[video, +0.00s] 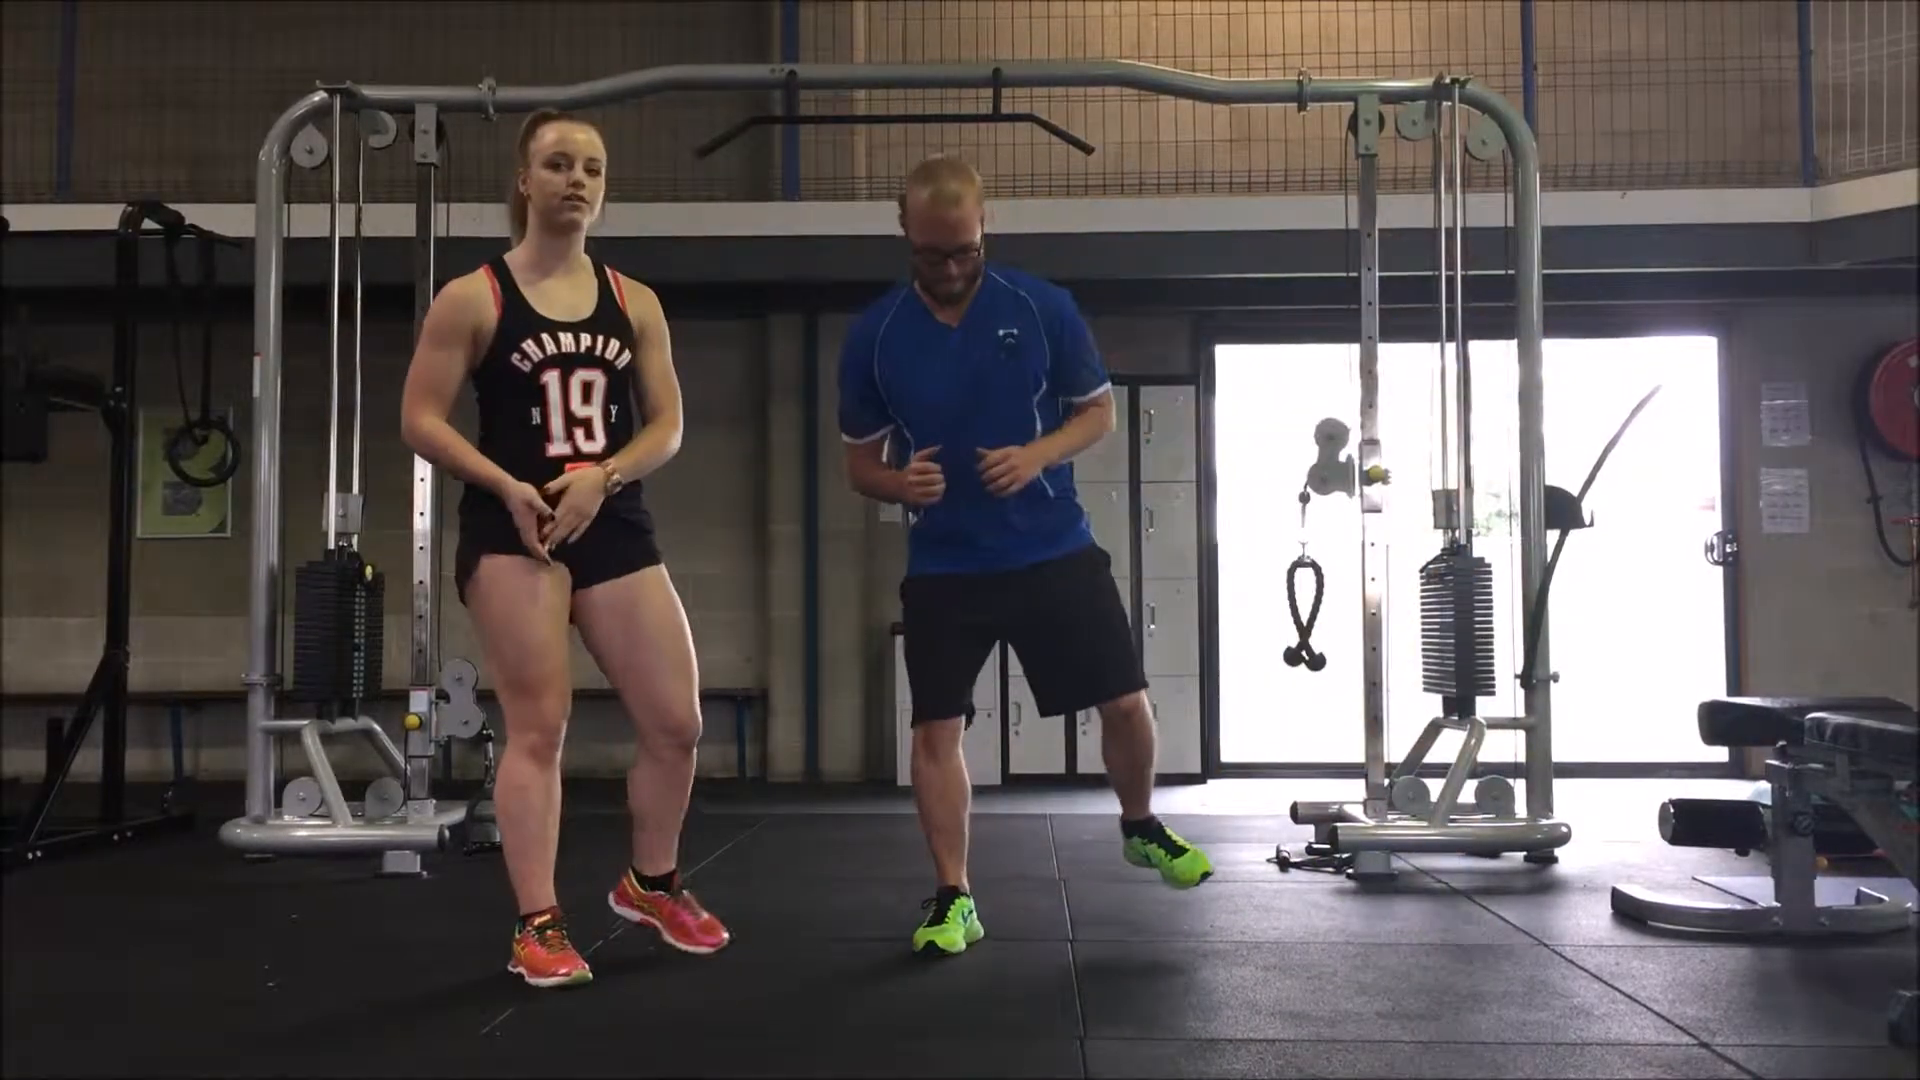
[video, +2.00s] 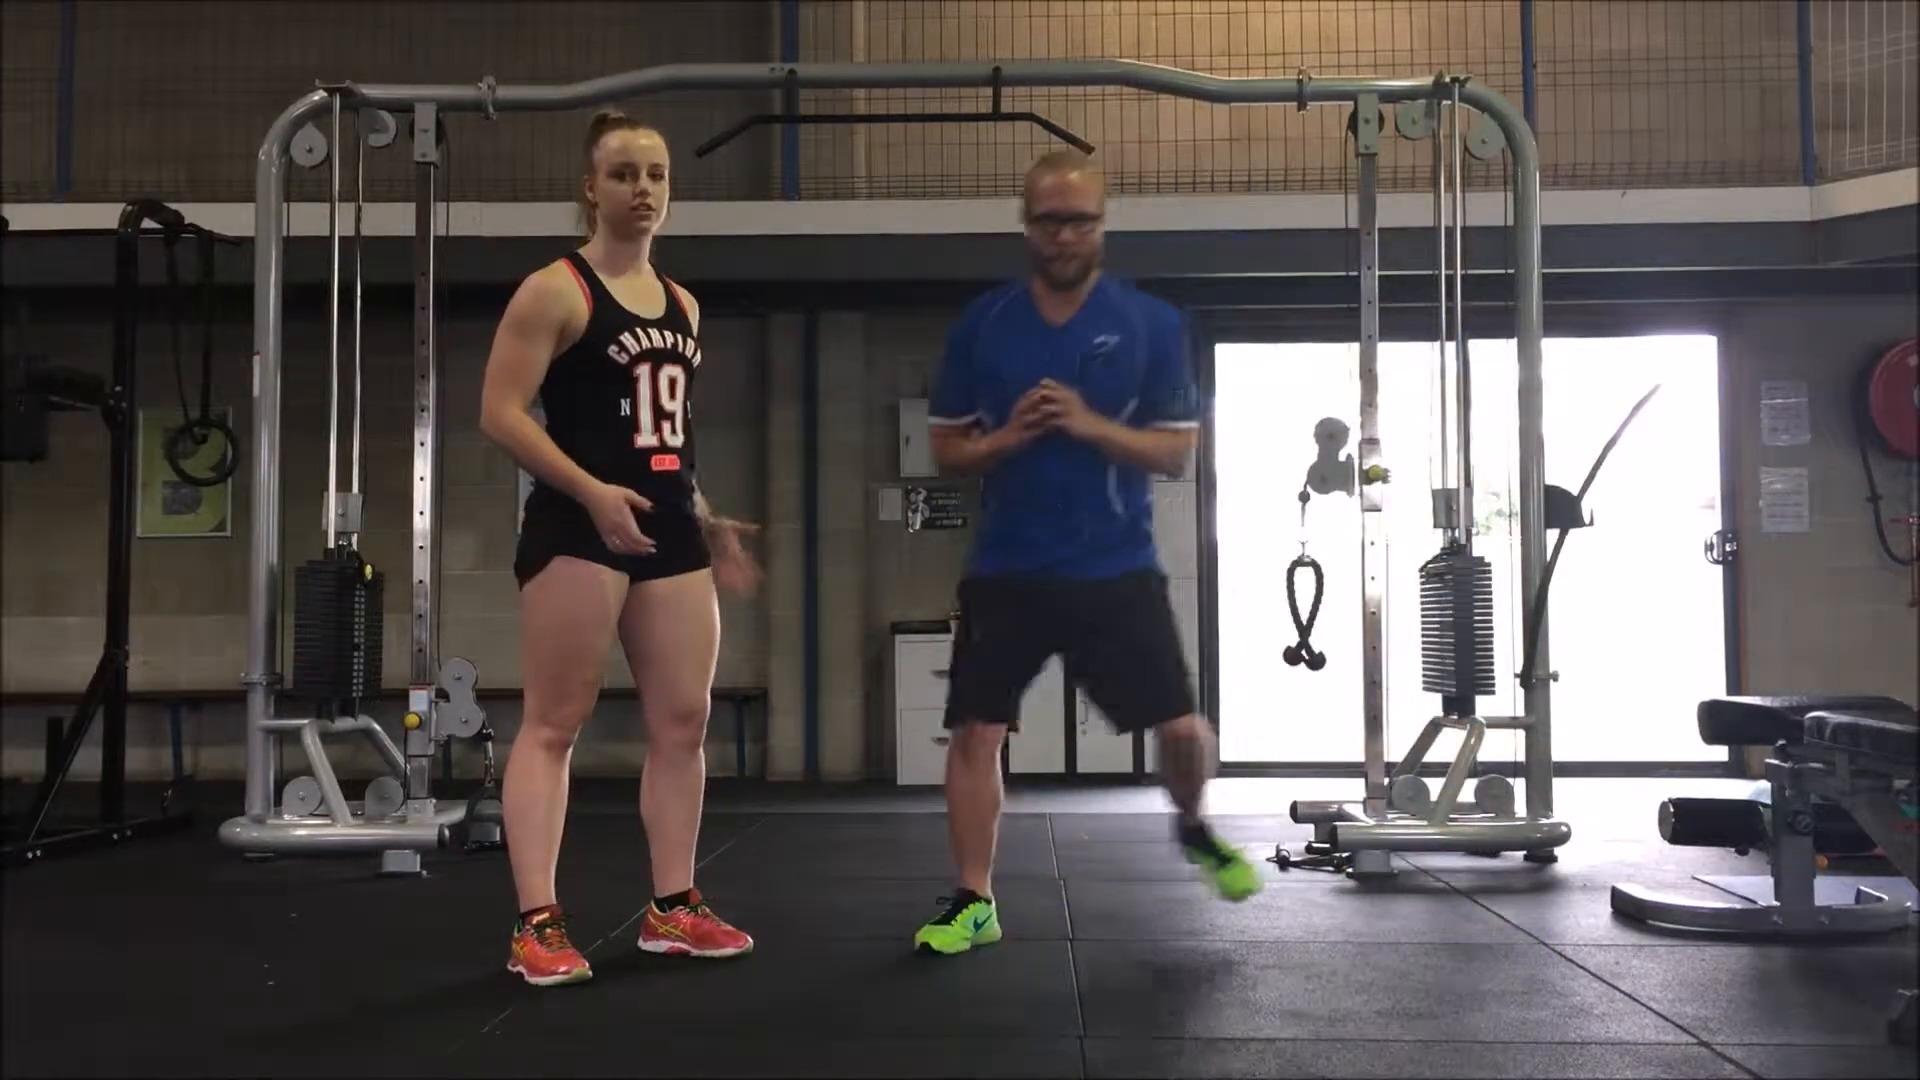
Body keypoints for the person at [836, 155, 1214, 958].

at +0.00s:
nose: (952, 268)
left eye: (965, 251)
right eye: (935, 254)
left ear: (986, 231)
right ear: (904, 236)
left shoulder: (1044, 311)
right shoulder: (872, 337)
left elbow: (1097, 414)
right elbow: (860, 465)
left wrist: (1035, 454)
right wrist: (897, 483)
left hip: (1053, 554)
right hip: (945, 565)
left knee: (1126, 702)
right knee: (934, 728)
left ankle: (1140, 825)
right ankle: (953, 897)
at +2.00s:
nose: (1064, 235)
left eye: (1079, 221)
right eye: (1048, 221)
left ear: (1104, 223)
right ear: (1024, 224)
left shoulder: (1151, 324)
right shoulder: (982, 324)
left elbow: (1173, 451)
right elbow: (947, 452)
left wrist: (1088, 423)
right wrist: (1006, 437)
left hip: (1116, 570)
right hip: (1006, 572)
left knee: (1182, 726)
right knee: (974, 732)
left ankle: (1193, 826)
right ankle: (973, 898)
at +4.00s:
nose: (1446, 242)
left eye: (1466, 230)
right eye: (1434, 224)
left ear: (1490, 231)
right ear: (1409, 217)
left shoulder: (1533, 327)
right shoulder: (1351, 324)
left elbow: (1555, 449)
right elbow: (1318, 454)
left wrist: (1496, 456)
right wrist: (1399, 457)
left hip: (1480, 566)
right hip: (1373, 567)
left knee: (1496, 728)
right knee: (1357, 724)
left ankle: (1492, 903)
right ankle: (1387, 868)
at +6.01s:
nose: (1240, 172)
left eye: (1257, 157)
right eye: (1223, 156)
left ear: (1279, 166)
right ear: (1194, 165)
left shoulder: (1333, 270)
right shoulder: (1151, 281)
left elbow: (1372, 390)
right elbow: (1125, 412)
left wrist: (1310, 383)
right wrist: (1200, 395)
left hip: (1303, 527)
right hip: (1183, 531)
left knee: (1383, 685)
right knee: (1107, 687)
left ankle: (1455, 872)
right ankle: (1027, 860)